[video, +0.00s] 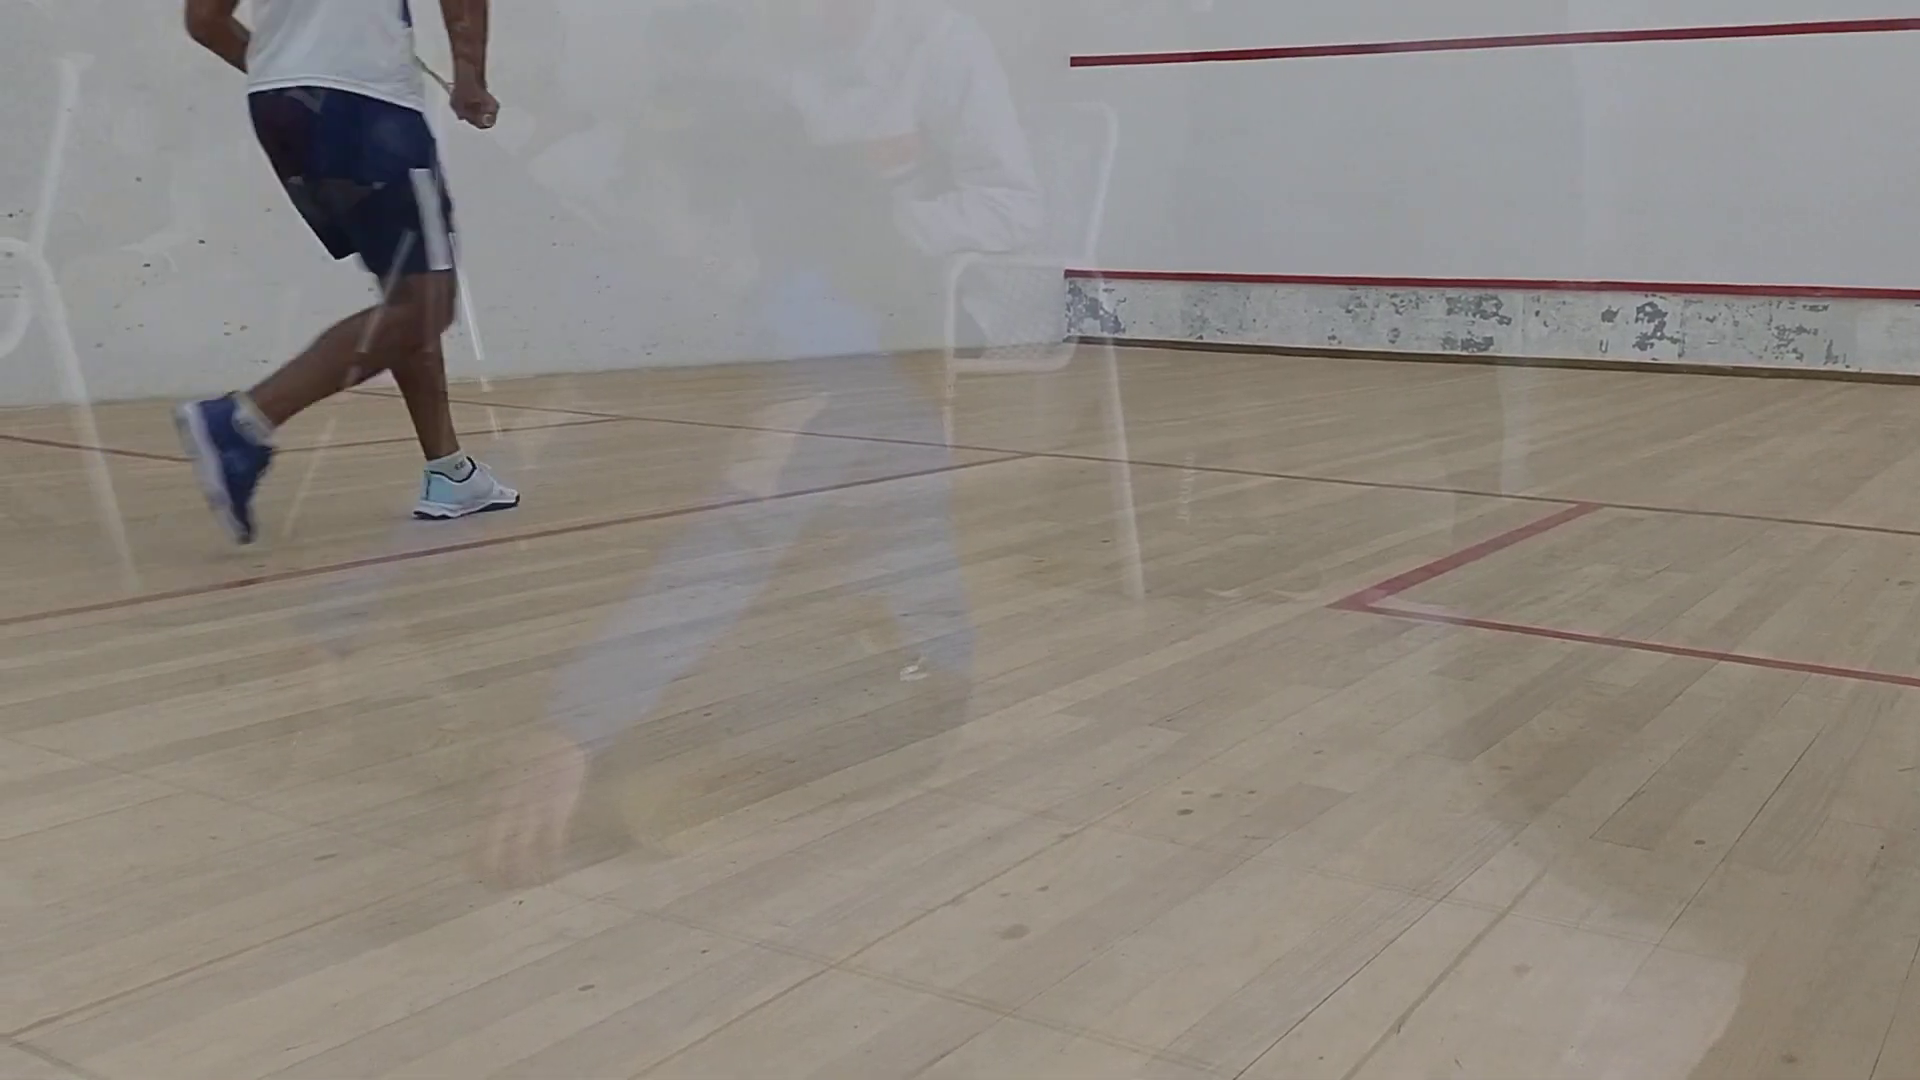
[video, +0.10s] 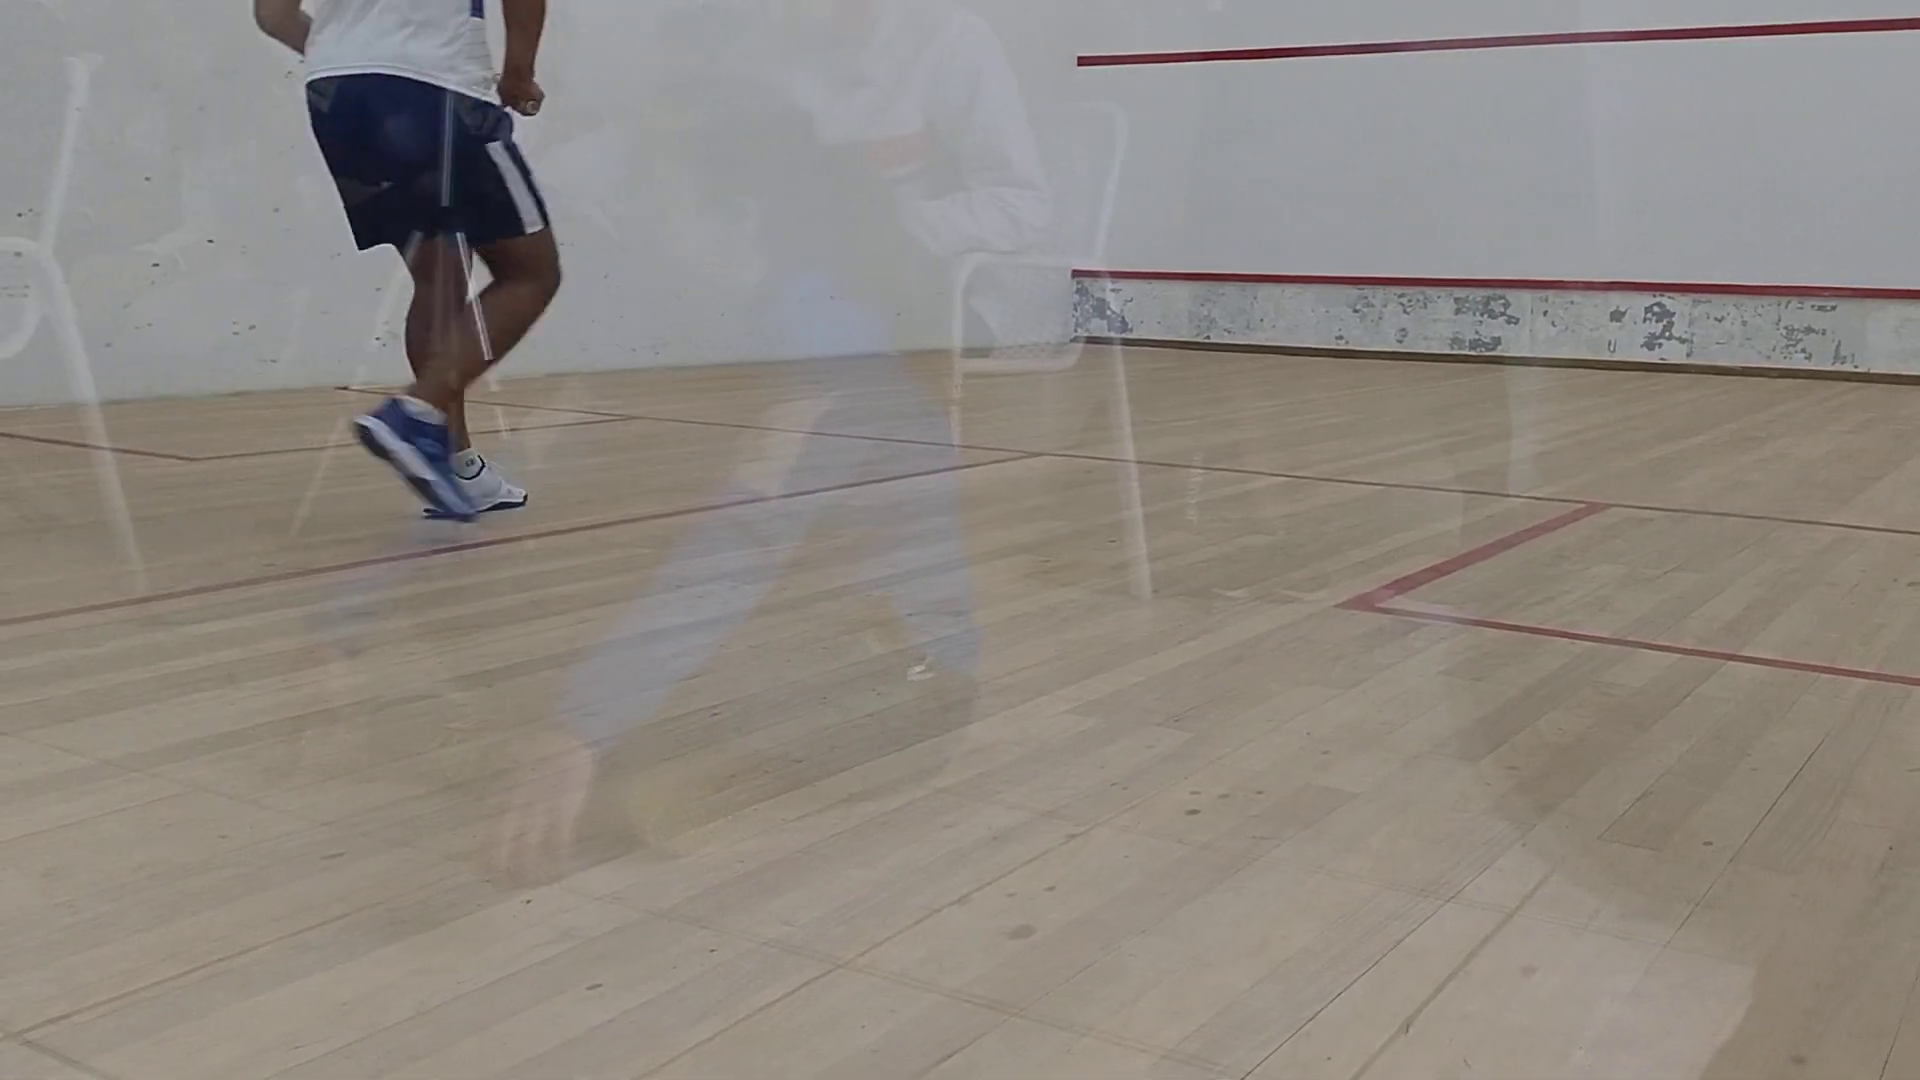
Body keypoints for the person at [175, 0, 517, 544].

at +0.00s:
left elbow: (204, 17)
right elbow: (462, 10)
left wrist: (285, 71)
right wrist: (470, 79)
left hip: (277, 91)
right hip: (367, 85)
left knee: (407, 291)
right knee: (427, 307)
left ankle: (449, 471)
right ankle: (241, 424)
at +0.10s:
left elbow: (272, 12)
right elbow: (524, 3)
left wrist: (346, 49)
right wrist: (518, 69)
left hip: (332, 82)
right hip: (433, 78)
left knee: (435, 271)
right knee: (531, 274)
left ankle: (456, 465)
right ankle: (418, 414)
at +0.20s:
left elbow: (318, 3)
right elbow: (575, 3)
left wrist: (396, 43)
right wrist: (566, 72)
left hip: (385, 78)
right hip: (491, 72)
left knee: (459, 265)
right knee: (582, 264)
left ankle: (463, 469)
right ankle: (588, 457)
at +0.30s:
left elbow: (361, 6)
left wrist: (436, 60)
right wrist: (614, 80)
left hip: (441, 81)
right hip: (546, 72)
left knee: (487, 275)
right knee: (622, 288)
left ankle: (472, 464)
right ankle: (681, 464)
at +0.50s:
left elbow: (428, 11)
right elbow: (689, 10)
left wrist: (485, 88)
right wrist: (684, 113)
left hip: (501, 86)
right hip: (606, 83)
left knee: (521, 288)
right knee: (661, 287)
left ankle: (542, 466)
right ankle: (684, 468)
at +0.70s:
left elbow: (435, 20)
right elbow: (709, 21)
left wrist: (455, 126)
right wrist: (721, 140)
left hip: (507, 94)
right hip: (614, 96)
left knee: (464, 266)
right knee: (686, 286)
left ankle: (483, 425)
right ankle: (735, 452)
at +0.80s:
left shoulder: (490, 2)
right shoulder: (658, 5)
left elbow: (431, 66)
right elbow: (716, 87)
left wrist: (422, 176)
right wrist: (737, 199)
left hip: (507, 144)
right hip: (617, 146)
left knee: (428, 272)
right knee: (701, 302)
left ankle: (387, 436)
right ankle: (752, 461)